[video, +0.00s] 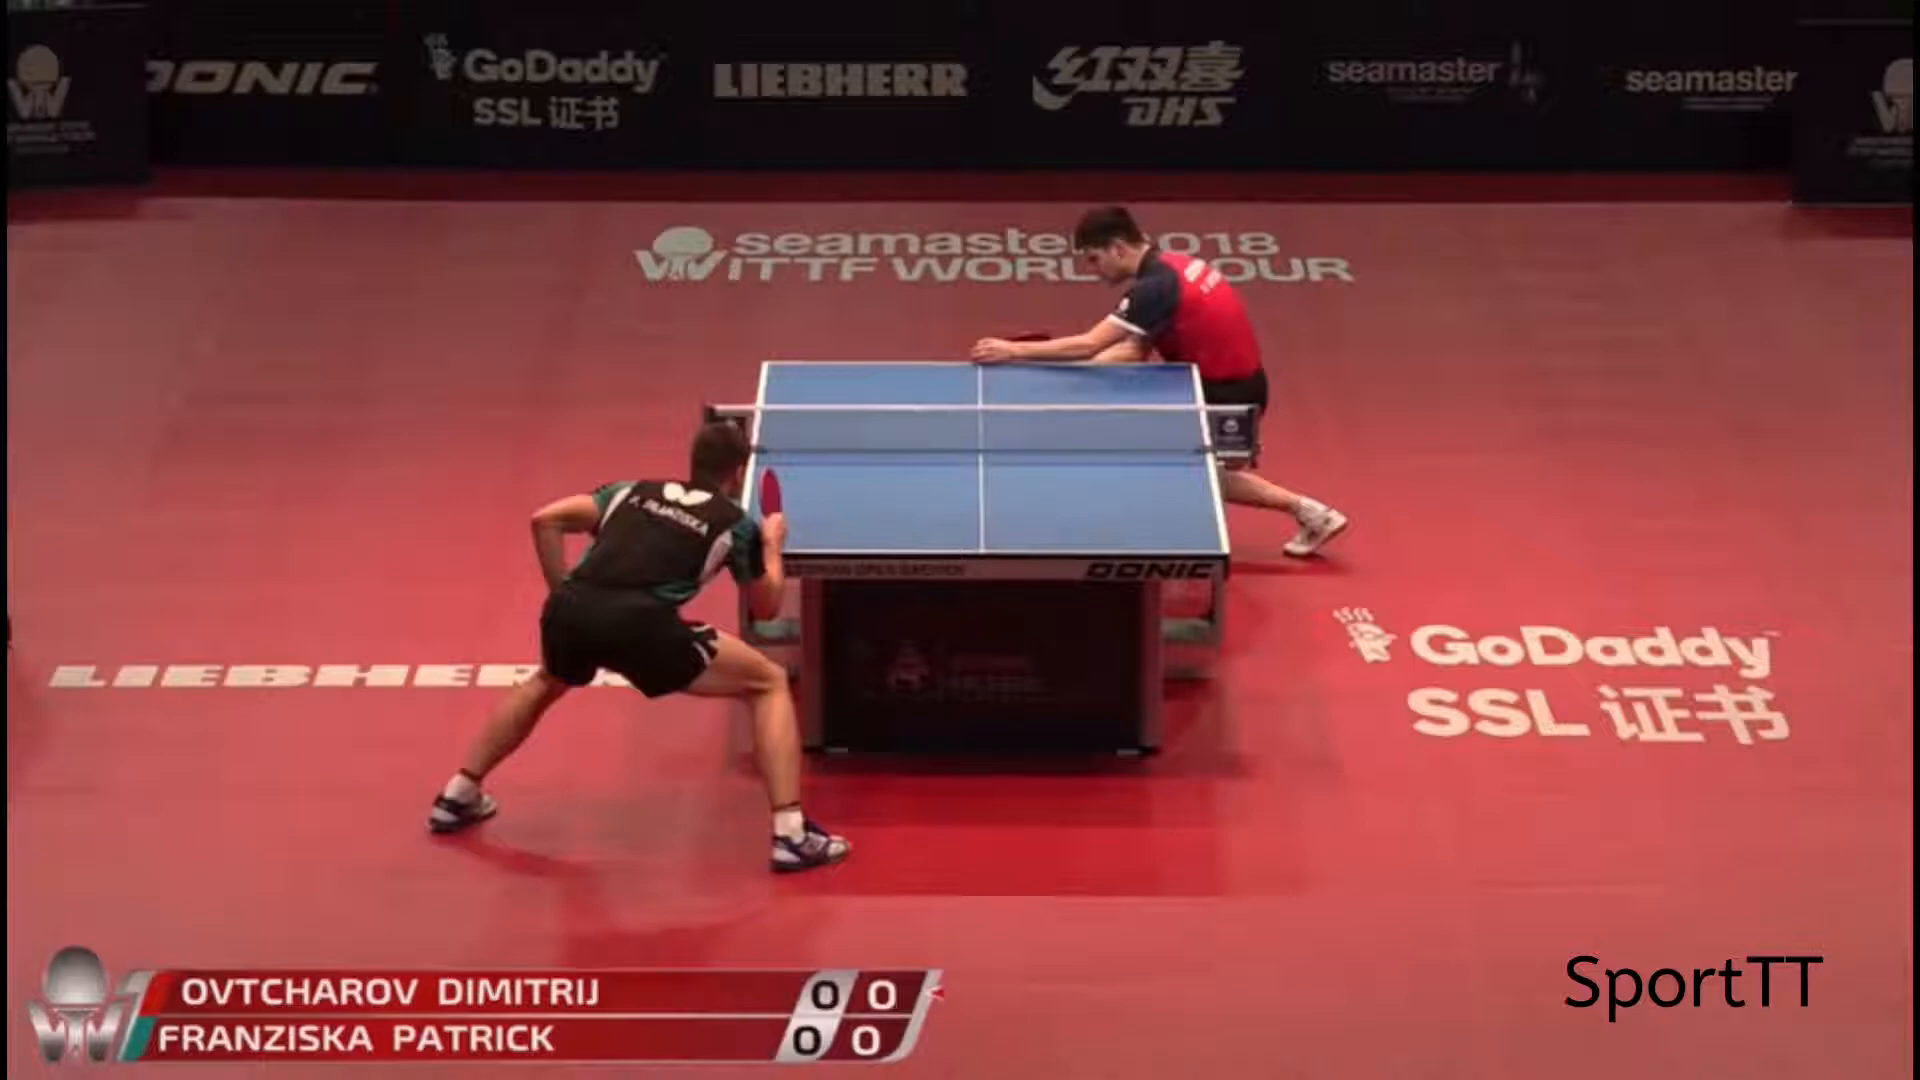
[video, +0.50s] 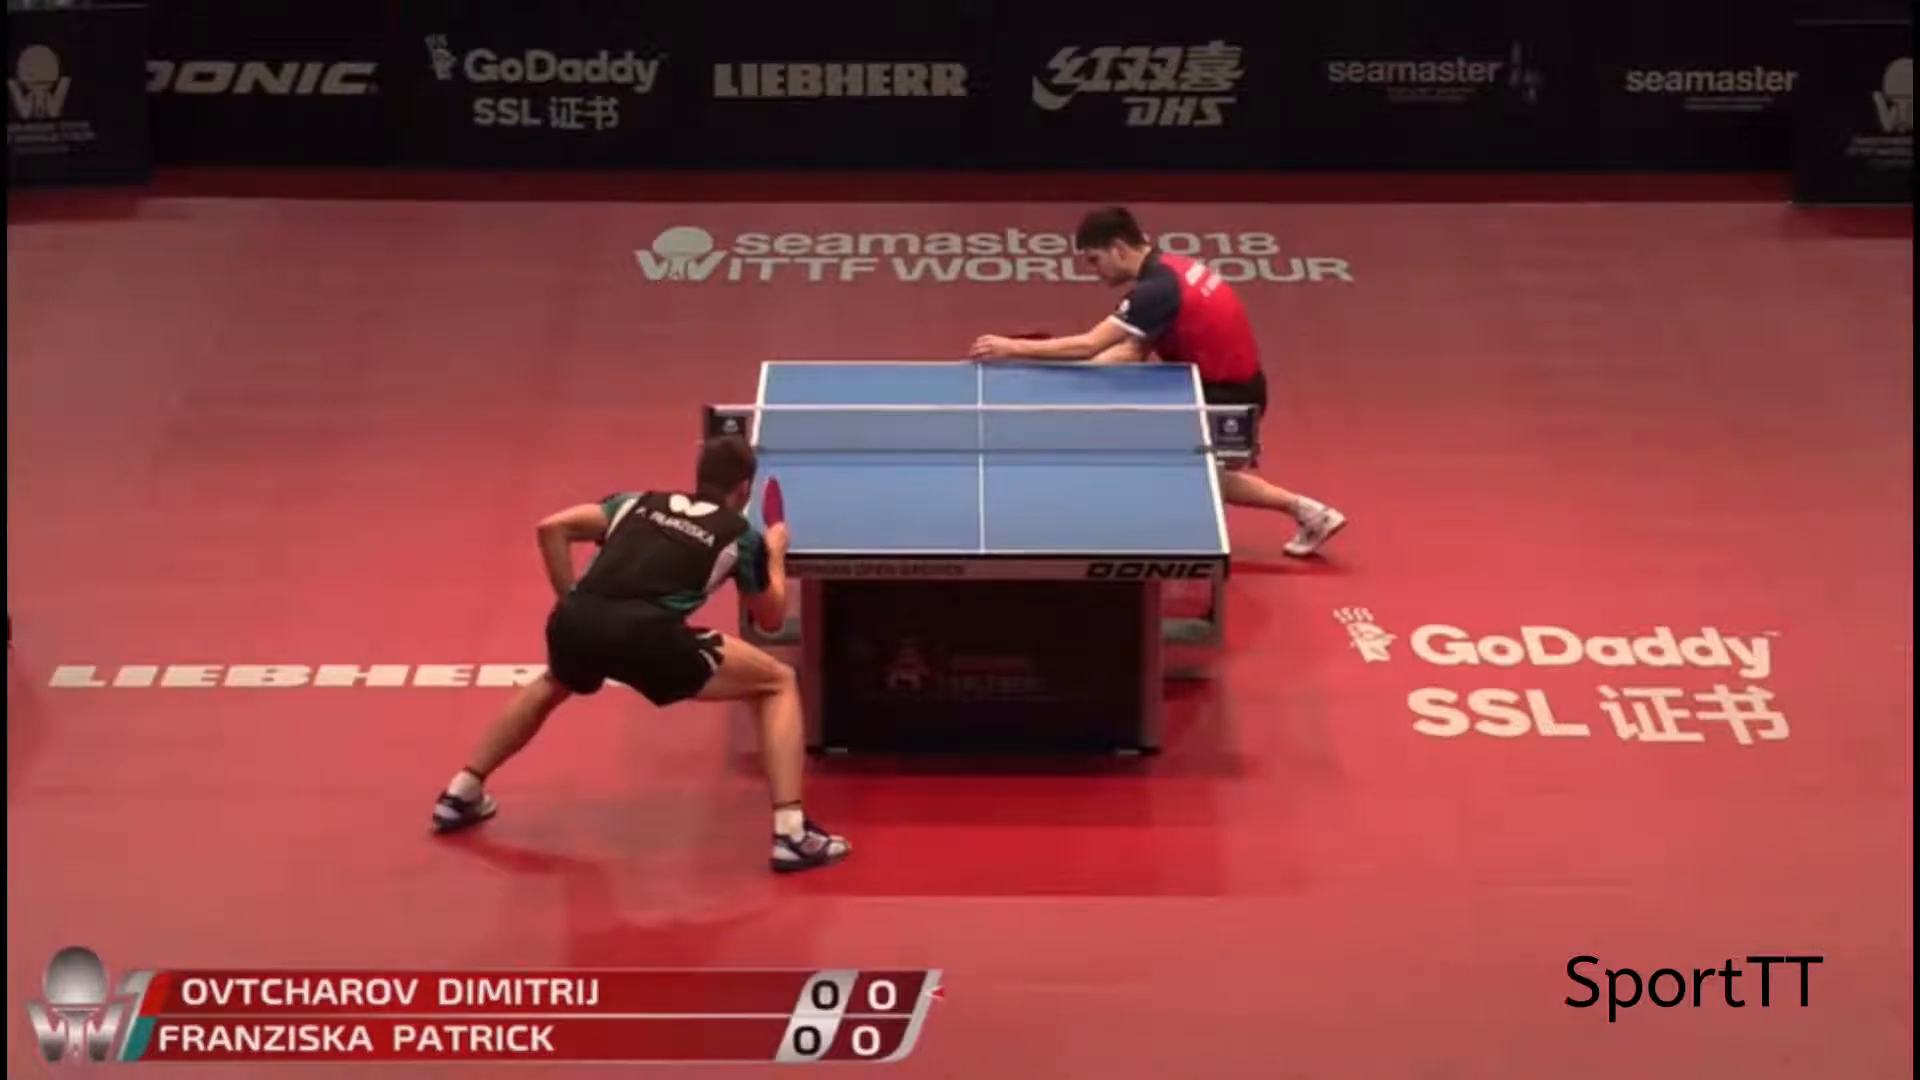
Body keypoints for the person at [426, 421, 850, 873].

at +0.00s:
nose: (743, 474)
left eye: (734, 466)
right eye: (744, 467)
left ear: (691, 462)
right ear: (739, 471)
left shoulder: (635, 490)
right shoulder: (738, 523)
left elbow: (545, 520)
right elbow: (765, 607)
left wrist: (561, 591)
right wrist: (774, 545)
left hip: (570, 611)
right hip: (644, 625)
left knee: (548, 680)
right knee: (768, 684)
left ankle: (459, 790)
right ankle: (792, 832)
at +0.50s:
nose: (750, 494)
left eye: (745, 484)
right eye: (749, 485)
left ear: (696, 477)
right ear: (742, 488)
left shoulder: (639, 502)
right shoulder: (742, 534)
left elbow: (552, 528)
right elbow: (770, 619)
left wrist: (567, 600)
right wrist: (777, 555)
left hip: (575, 622)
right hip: (650, 636)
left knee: (552, 685)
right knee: (777, 684)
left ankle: (462, 790)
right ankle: (792, 831)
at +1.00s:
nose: (753, 497)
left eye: (749, 487)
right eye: (752, 489)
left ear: (699, 480)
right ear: (744, 492)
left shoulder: (640, 506)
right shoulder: (745, 536)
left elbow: (555, 533)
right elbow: (772, 624)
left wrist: (572, 606)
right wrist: (778, 556)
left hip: (578, 629)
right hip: (654, 643)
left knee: (553, 685)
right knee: (782, 683)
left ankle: (464, 788)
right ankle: (792, 829)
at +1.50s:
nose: (743, 480)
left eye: (732, 471)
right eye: (744, 473)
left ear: (691, 467)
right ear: (739, 479)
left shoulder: (636, 495)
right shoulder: (739, 529)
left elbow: (550, 530)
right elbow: (774, 610)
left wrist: (566, 601)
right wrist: (785, 549)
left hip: (573, 623)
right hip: (647, 637)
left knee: (552, 681)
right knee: (779, 683)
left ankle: (463, 787)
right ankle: (792, 830)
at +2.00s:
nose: (745, 461)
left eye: (743, 453)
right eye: (745, 454)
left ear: (689, 451)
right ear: (734, 459)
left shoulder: (629, 479)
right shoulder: (732, 513)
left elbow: (546, 523)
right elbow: (766, 598)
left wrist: (560, 593)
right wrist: (782, 535)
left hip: (568, 614)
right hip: (639, 624)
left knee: (545, 682)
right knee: (774, 682)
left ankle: (459, 790)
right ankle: (793, 833)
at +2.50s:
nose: (752, 419)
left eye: (749, 409)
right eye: (751, 411)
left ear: (695, 405)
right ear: (741, 418)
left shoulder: (638, 443)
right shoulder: (741, 477)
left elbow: (559, 501)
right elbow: (774, 568)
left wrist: (570, 569)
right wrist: (801, 517)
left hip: (577, 583)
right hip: (650, 597)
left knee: (537, 676)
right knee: (774, 678)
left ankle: (458, 793)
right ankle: (792, 831)